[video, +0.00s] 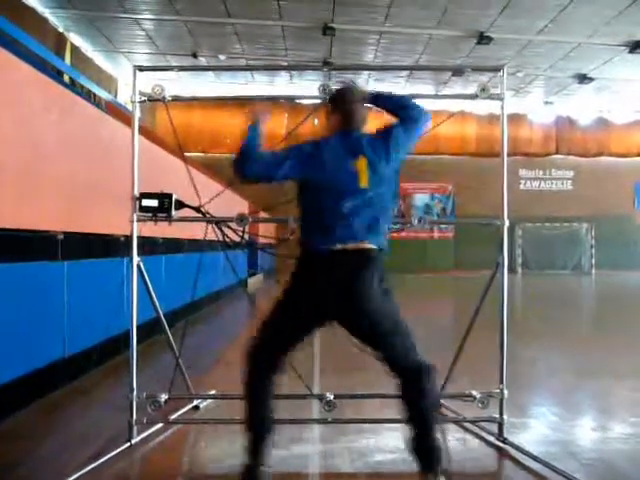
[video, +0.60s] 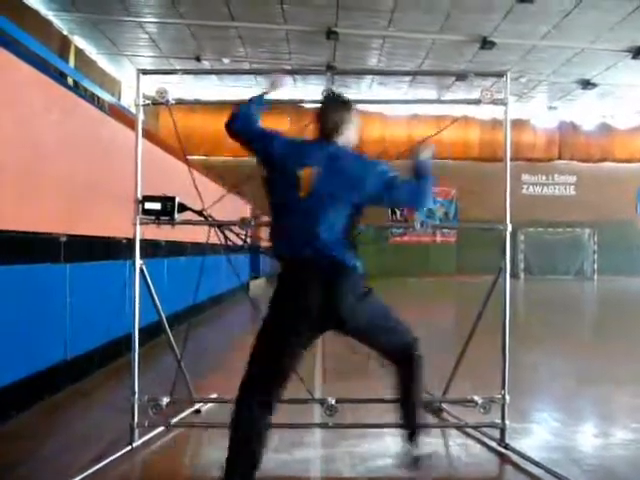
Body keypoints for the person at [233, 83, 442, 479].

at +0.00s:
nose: (333, 118)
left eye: (331, 112)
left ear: (331, 116)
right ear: (365, 115)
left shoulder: (314, 154)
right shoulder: (386, 148)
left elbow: (249, 167)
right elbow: (416, 115)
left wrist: (256, 126)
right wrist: (371, 96)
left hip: (314, 278)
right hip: (363, 279)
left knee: (263, 356)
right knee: (413, 368)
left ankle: (254, 464)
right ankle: (431, 464)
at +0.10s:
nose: (296, 114)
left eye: (298, 108)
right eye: (304, 107)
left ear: (301, 112)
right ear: (334, 112)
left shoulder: (285, 151)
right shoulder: (360, 144)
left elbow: (221, 166)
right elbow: (406, 132)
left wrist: (207, 125)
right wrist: (369, 111)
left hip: (295, 283)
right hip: (348, 282)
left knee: (234, 358)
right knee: (396, 368)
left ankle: (206, 451)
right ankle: (440, 461)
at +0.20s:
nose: (290, 136)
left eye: (276, 128)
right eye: (291, 130)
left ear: (257, 132)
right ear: (292, 136)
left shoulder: (237, 165)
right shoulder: (308, 174)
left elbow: (199, 133)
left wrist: (167, 101)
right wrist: (373, 174)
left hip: (274, 300)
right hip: (325, 295)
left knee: (212, 372)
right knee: (391, 368)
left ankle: (177, 462)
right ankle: (464, 453)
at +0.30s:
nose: (287, 146)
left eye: (284, 139)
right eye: (285, 140)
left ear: (249, 142)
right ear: (281, 145)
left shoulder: (222, 180)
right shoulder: (292, 184)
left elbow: (191, 158)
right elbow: (312, 242)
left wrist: (169, 115)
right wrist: (357, 215)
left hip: (261, 305)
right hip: (309, 301)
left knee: (192, 372)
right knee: (370, 373)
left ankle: (174, 460)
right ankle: (433, 448)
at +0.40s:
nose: (309, 141)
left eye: (308, 135)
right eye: (308, 135)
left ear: (268, 136)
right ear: (300, 138)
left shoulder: (237, 177)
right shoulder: (312, 174)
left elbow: (186, 195)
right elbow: (361, 212)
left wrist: (181, 154)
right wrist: (374, 175)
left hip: (267, 298)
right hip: (316, 296)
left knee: (206, 376)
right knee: (358, 371)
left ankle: (177, 462)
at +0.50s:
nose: (333, 131)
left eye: (331, 126)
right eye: (331, 126)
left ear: (291, 127)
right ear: (325, 128)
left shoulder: (263, 163)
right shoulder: (336, 163)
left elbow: (219, 159)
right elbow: (388, 204)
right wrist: (388, 168)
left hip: (289, 286)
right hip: (335, 284)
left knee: (237, 368)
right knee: (365, 366)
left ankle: (222, 462)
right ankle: (365, 466)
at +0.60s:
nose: (358, 131)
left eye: (355, 124)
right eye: (356, 124)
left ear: (318, 124)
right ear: (349, 128)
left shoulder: (283, 153)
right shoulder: (358, 169)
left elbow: (239, 125)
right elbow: (417, 197)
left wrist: (268, 92)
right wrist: (423, 163)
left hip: (293, 292)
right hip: (343, 293)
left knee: (258, 391)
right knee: (405, 348)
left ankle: (238, 474)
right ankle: (413, 447)